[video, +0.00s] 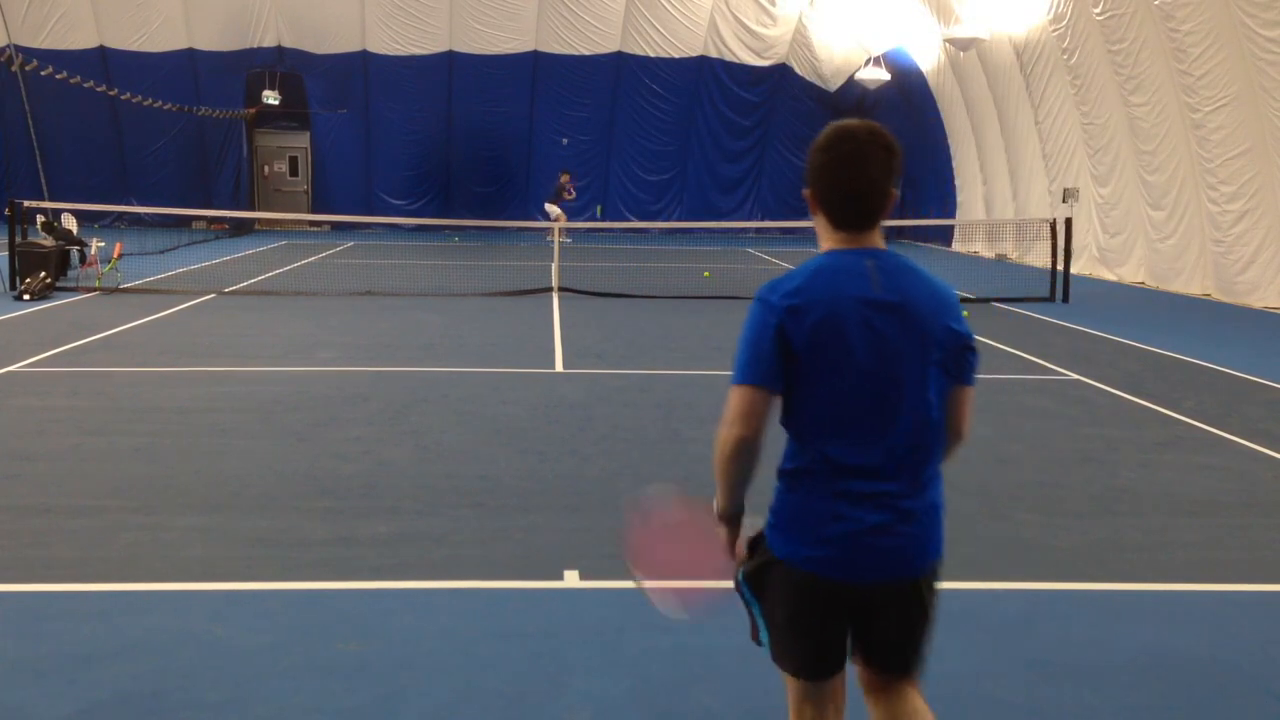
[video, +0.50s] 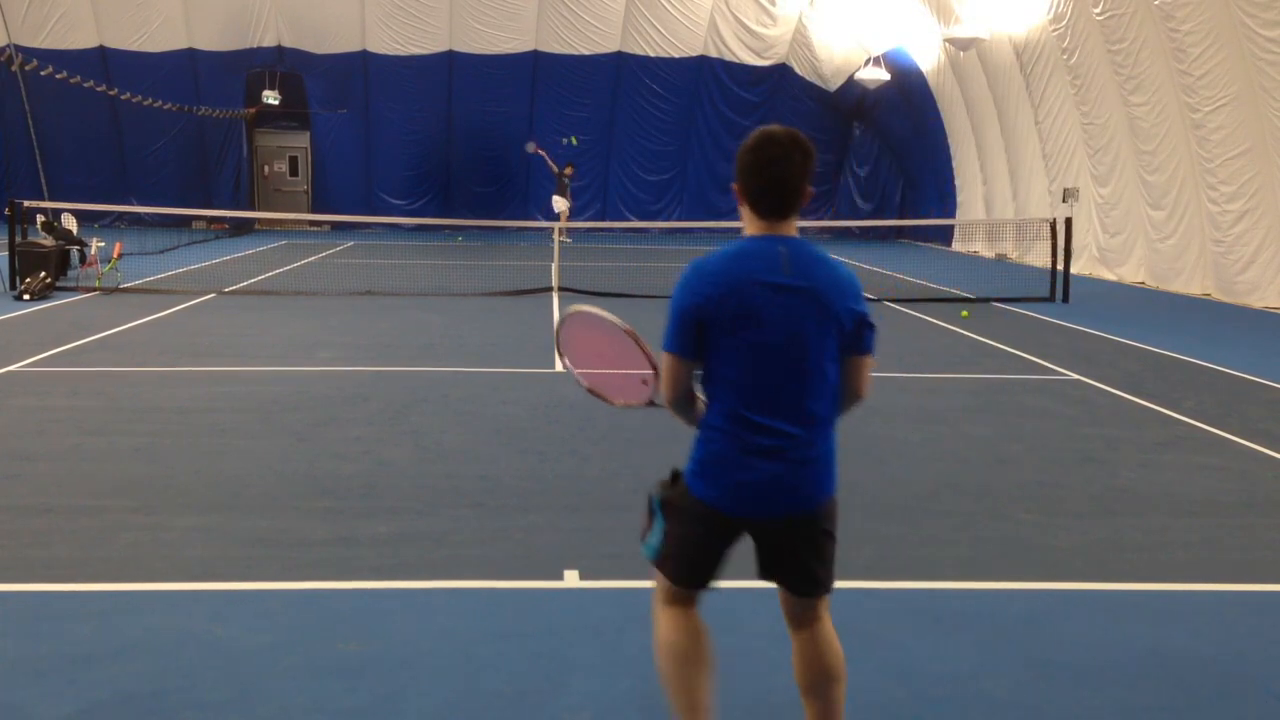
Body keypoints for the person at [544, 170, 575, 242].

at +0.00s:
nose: (568, 179)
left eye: (568, 177)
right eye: (567, 177)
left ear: (563, 177)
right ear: (562, 176)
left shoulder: (558, 184)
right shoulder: (561, 186)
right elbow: (566, 197)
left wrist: (567, 188)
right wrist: (573, 196)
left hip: (548, 203)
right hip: (551, 204)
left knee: (557, 219)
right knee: (563, 218)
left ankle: (551, 235)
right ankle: (561, 236)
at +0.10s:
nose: (572, 182)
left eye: (572, 180)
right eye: (571, 180)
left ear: (566, 179)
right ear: (567, 179)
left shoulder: (560, 187)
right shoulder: (565, 188)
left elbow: (564, 196)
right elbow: (567, 197)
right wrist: (572, 199)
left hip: (550, 205)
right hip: (554, 206)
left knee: (556, 220)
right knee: (566, 218)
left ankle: (551, 235)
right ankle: (563, 236)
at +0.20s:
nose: (572, 181)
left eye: (572, 179)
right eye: (571, 179)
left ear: (570, 179)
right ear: (567, 178)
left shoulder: (562, 184)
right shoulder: (564, 184)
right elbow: (569, 196)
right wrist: (576, 205)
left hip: (554, 204)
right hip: (555, 204)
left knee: (560, 220)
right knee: (566, 217)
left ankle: (551, 235)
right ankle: (563, 236)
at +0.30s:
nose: (572, 178)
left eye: (573, 177)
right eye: (572, 176)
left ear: (572, 177)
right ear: (568, 174)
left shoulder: (569, 183)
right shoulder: (561, 180)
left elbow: (579, 186)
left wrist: (587, 187)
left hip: (563, 203)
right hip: (556, 201)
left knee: (563, 219)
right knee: (565, 217)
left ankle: (553, 232)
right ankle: (563, 236)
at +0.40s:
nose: (572, 174)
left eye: (572, 173)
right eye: (571, 172)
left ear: (572, 173)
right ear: (568, 171)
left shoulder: (567, 180)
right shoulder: (561, 175)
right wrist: (549, 159)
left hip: (564, 200)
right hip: (558, 199)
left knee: (565, 218)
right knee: (564, 216)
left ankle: (554, 231)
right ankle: (562, 235)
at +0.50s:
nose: (570, 172)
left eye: (571, 170)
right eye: (569, 170)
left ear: (571, 171)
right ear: (566, 168)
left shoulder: (568, 180)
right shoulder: (559, 174)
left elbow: (568, 191)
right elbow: (551, 165)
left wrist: (569, 199)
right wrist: (545, 156)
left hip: (564, 198)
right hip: (557, 197)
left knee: (565, 215)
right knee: (563, 214)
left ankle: (557, 233)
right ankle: (563, 235)